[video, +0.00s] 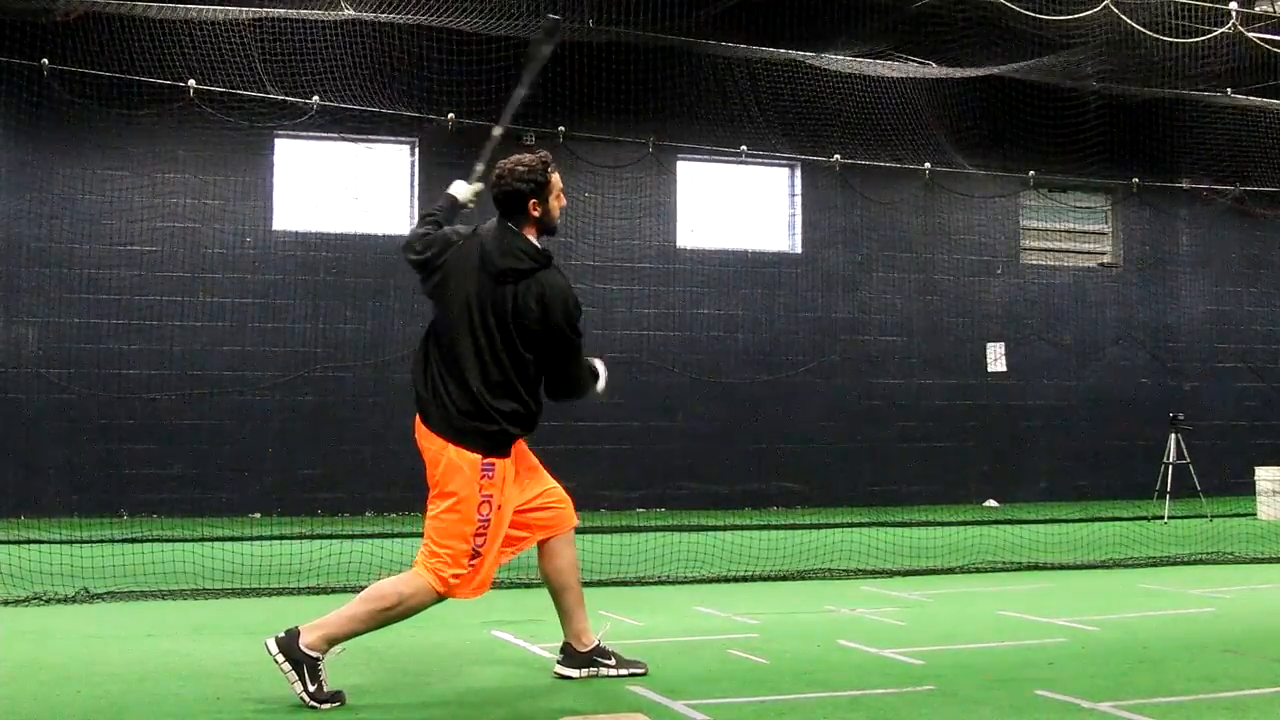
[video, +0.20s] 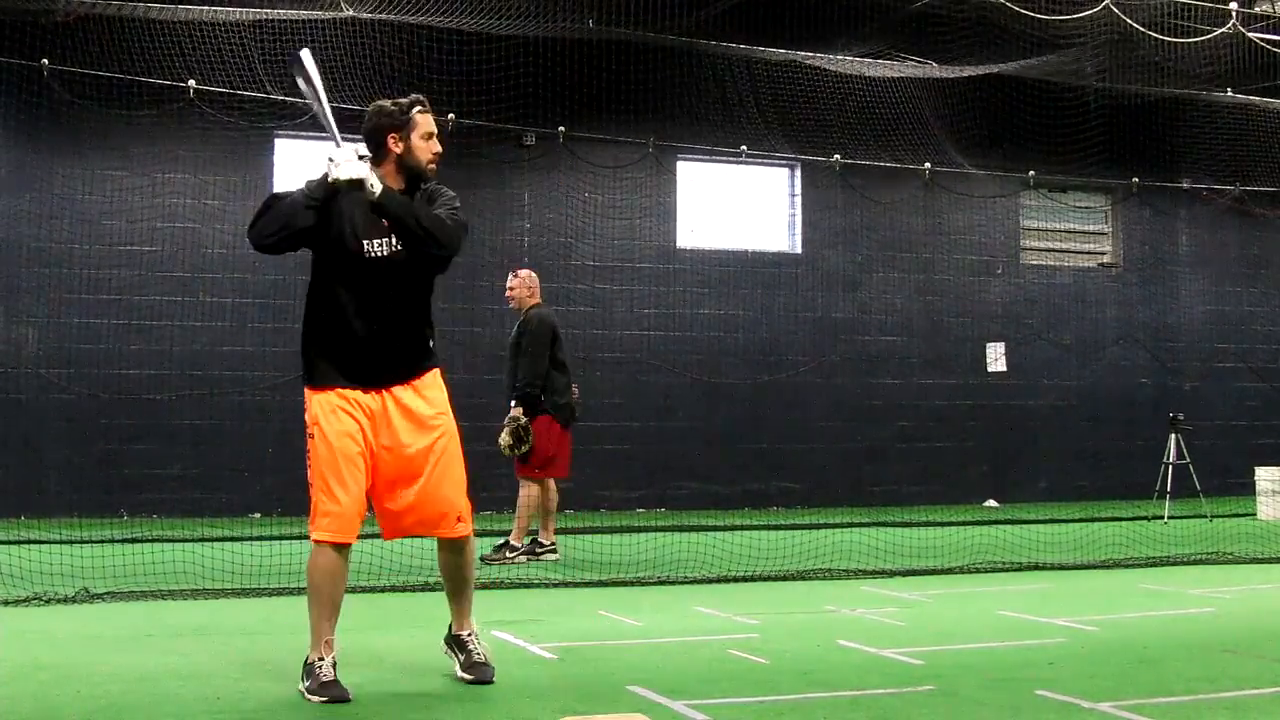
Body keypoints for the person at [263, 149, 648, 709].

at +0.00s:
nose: (564, 199)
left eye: (561, 191)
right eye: (558, 193)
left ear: (512, 204)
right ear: (535, 205)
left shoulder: (458, 246)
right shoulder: (548, 289)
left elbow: (420, 241)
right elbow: (565, 382)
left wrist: (451, 200)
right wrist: (594, 374)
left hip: (449, 421)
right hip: (478, 442)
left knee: (553, 515)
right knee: (442, 575)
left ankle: (581, 647)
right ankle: (304, 644)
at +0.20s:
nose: (438, 147)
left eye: (437, 137)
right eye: (430, 137)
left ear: (403, 143)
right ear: (395, 143)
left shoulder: (434, 199)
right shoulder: (335, 200)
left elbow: (447, 241)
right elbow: (263, 233)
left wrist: (378, 188)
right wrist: (326, 187)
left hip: (415, 383)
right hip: (339, 387)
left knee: (455, 521)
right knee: (335, 526)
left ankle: (462, 630)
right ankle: (321, 658)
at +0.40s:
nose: (439, 144)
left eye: (439, 135)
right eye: (430, 135)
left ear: (407, 141)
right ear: (395, 141)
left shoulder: (439, 196)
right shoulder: (339, 200)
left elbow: (455, 226)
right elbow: (272, 245)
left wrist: (384, 182)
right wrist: (327, 191)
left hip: (424, 383)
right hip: (347, 388)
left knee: (452, 522)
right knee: (340, 525)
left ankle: (456, 639)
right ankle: (321, 657)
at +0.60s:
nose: (448, 147)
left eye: (447, 138)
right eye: (439, 138)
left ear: (416, 145)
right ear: (404, 146)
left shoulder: (448, 199)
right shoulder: (350, 203)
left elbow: (461, 230)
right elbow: (284, 248)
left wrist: (393, 183)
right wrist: (344, 196)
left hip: (435, 387)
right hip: (360, 391)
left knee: (457, 523)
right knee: (353, 524)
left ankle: (454, 643)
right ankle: (321, 657)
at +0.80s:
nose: (450, 157)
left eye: (449, 148)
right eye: (441, 148)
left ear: (422, 153)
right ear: (408, 154)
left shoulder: (450, 210)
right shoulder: (350, 206)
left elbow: (461, 245)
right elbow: (282, 235)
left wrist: (397, 194)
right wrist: (348, 189)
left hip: (430, 393)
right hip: (355, 394)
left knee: (458, 526)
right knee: (357, 520)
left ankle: (454, 644)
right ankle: (322, 657)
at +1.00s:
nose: (446, 163)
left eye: (445, 153)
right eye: (438, 154)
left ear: (416, 157)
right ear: (404, 158)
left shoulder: (441, 216)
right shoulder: (343, 206)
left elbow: (450, 254)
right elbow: (272, 223)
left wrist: (393, 196)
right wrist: (344, 182)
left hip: (415, 393)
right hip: (339, 395)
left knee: (457, 526)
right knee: (345, 522)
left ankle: (459, 634)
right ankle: (320, 657)